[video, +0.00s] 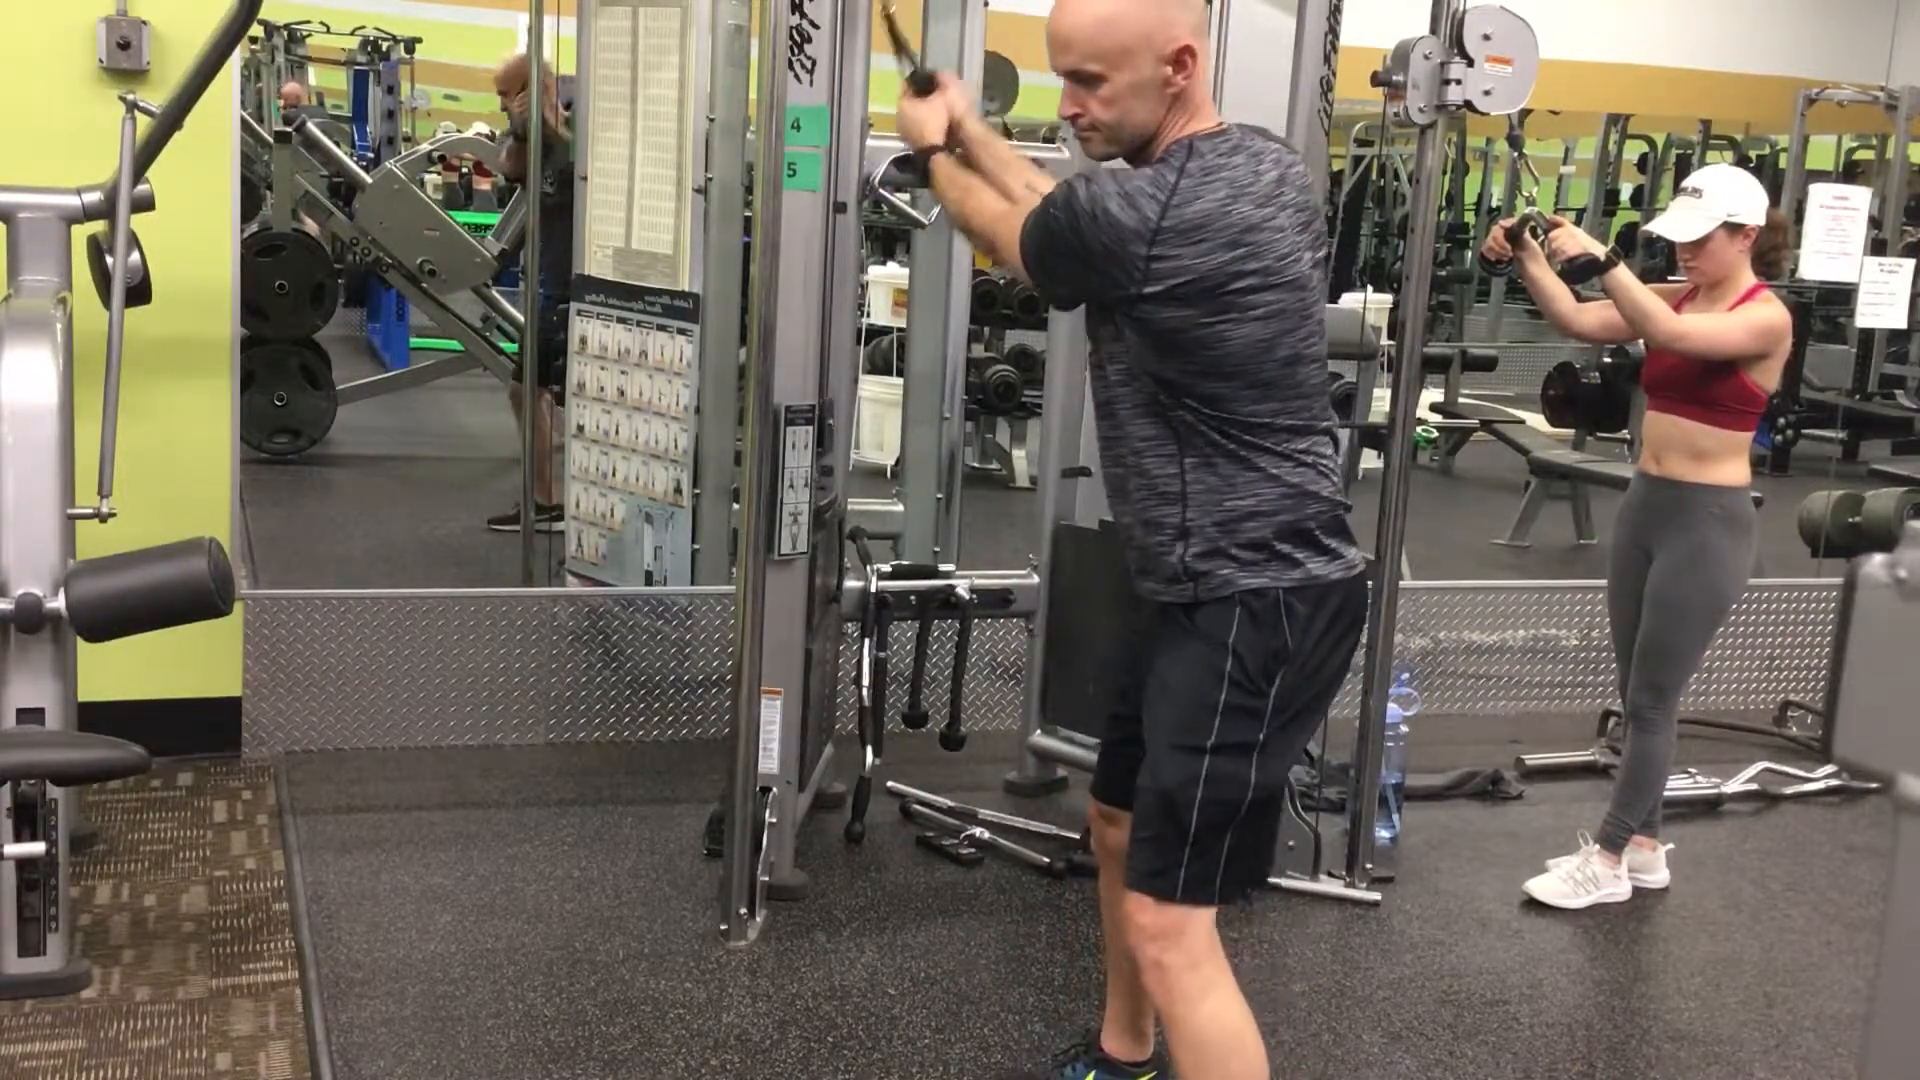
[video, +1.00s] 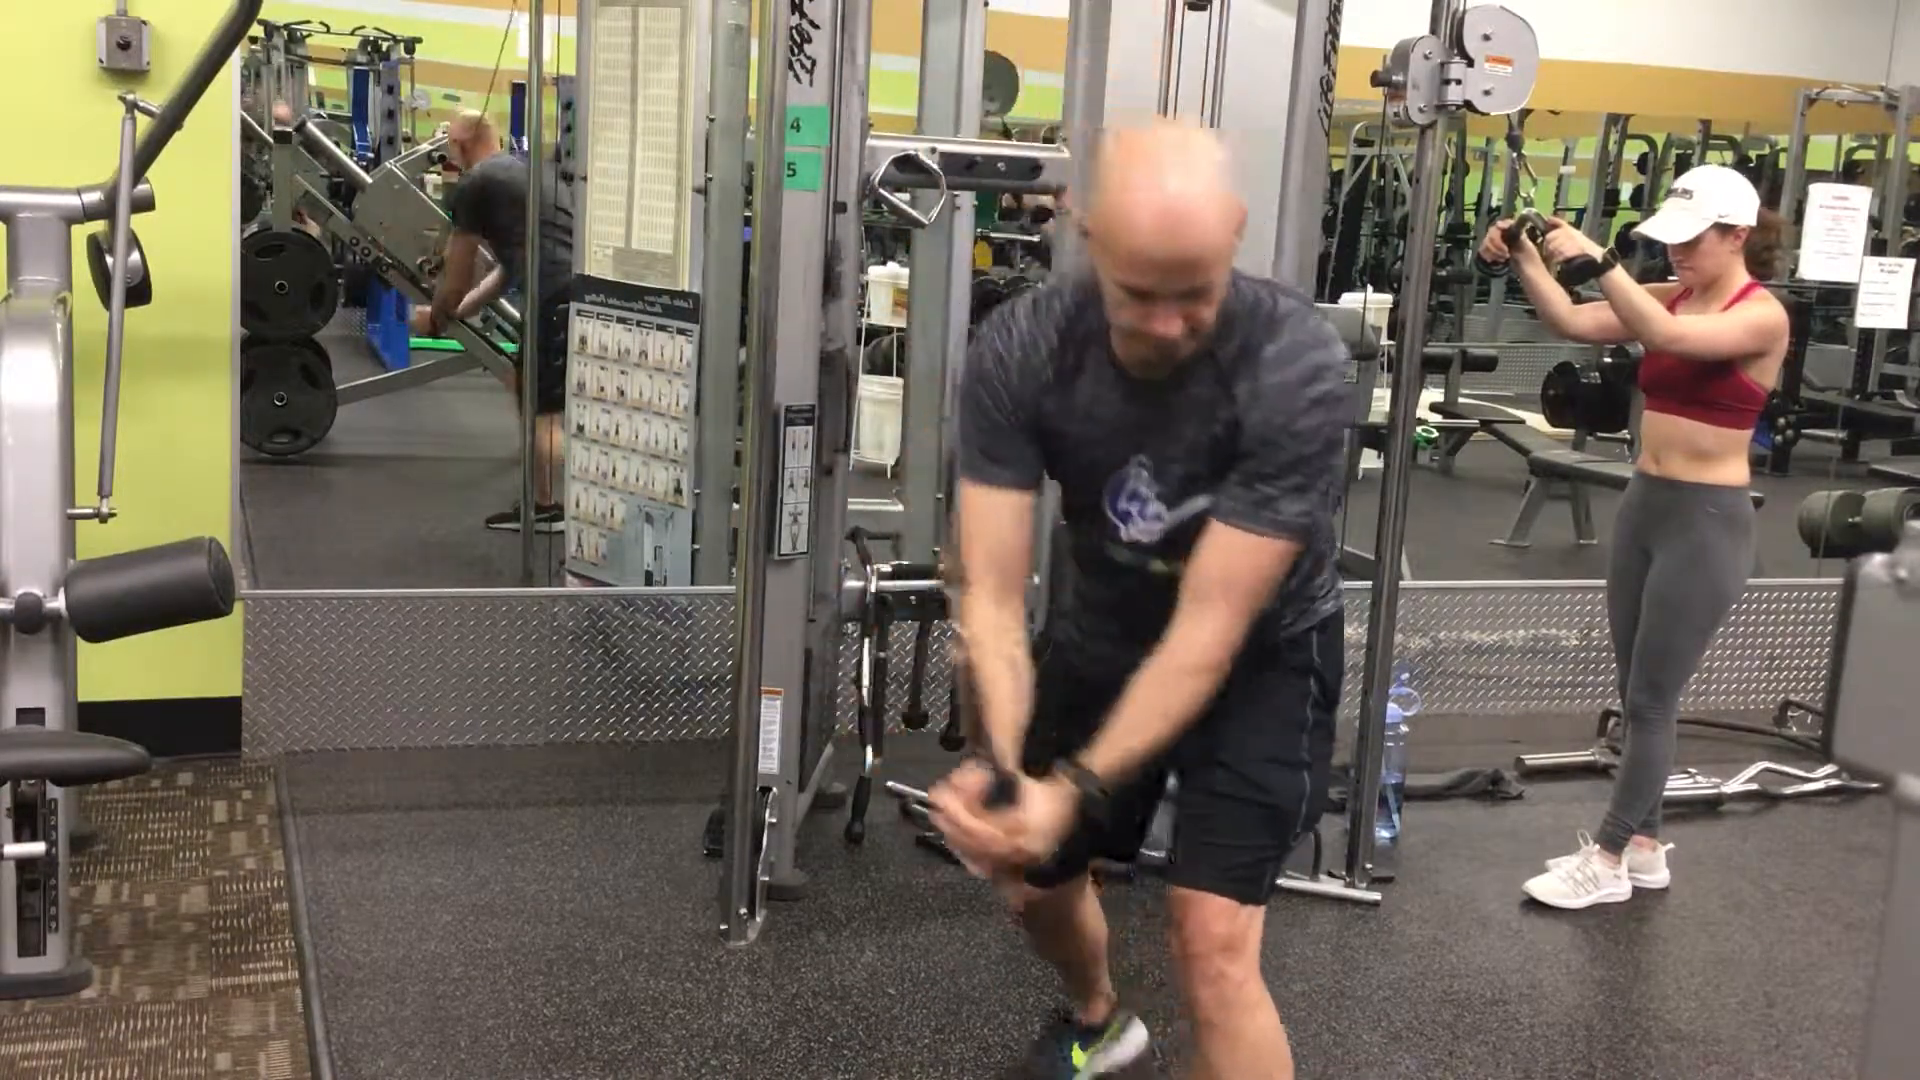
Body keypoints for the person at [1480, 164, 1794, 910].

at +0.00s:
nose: (1681, 252)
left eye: (1697, 238)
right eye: (1677, 239)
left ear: (1746, 236)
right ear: (1677, 238)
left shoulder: (1768, 317)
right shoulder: (1674, 300)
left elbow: (1669, 331)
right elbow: (1578, 318)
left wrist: (1600, 258)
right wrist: (1525, 257)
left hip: (1709, 524)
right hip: (1642, 510)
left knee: (1651, 698)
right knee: (1638, 693)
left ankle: (1606, 858)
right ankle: (1646, 846)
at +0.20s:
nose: (1680, 252)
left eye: (1694, 239)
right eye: (1676, 239)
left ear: (1744, 237)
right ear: (1677, 238)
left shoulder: (1768, 317)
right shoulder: (1673, 300)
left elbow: (1668, 331)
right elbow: (1577, 320)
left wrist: (1599, 257)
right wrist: (1524, 259)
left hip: (1709, 522)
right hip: (1642, 508)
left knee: (1652, 698)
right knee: (1638, 691)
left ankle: (1606, 858)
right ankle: (1646, 846)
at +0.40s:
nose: (1678, 252)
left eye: (1693, 238)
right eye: (1674, 239)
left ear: (1742, 237)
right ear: (1677, 239)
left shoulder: (1767, 317)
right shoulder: (1673, 300)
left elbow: (1668, 332)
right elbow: (1577, 319)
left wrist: (1600, 258)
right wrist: (1524, 259)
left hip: (1709, 522)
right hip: (1642, 508)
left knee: (1651, 698)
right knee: (1638, 691)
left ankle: (1606, 858)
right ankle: (1646, 846)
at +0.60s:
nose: (1677, 252)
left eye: (1692, 239)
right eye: (1673, 239)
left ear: (1740, 237)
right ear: (1675, 239)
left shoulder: (1765, 318)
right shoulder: (1671, 300)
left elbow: (1667, 333)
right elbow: (1575, 320)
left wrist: (1598, 257)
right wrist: (1522, 260)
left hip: (1707, 523)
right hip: (1641, 508)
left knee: (1650, 698)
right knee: (1638, 693)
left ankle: (1606, 858)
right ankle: (1645, 846)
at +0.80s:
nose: (1675, 253)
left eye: (1689, 240)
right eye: (1671, 241)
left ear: (1738, 236)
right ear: (1672, 240)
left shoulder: (1765, 317)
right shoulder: (1670, 300)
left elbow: (1667, 333)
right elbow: (1574, 320)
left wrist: (1597, 257)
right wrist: (1522, 258)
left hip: (1708, 523)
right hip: (1641, 508)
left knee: (1651, 698)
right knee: (1638, 693)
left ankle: (1607, 858)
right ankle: (1645, 845)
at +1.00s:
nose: (1675, 254)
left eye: (1688, 240)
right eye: (1670, 242)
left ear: (1738, 237)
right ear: (1672, 241)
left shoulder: (1765, 315)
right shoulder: (1669, 299)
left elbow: (1666, 334)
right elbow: (1572, 320)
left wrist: (1595, 258)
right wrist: (1522, 260)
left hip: (1708, 523)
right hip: (1641, 508)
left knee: (1651, 699)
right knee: (1638, 692)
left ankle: (1607, 858)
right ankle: (1646, 845)